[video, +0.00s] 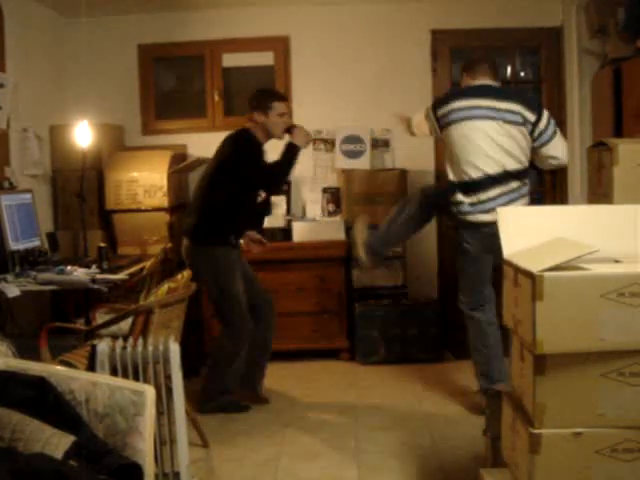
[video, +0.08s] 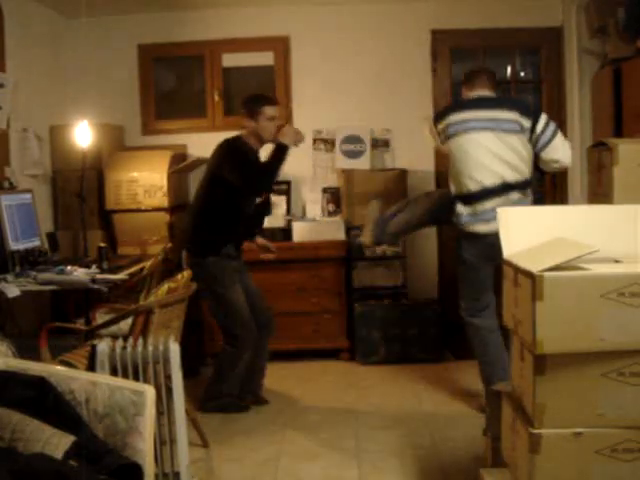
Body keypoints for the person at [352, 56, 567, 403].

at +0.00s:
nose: (463, 85)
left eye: (463, 79)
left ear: (463, 79)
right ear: (497, 78)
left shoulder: (449, 104)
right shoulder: (525, 105)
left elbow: (418, 128)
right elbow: (558, 156)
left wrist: (406, 120)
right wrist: (522, 150)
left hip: (475, 221)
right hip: (518, 215)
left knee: (478, 305)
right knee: (428, 197)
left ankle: (495, 389)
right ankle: (374, 248)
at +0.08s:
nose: (463, 97)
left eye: (462, 91)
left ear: (464, 90)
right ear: (496, 87)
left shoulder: (449, 117)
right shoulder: (525, 112)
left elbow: (443, 154)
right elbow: (562, 158)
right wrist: (528, 151)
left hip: (480, 230)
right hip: (524, 226)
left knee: (479, 310)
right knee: (443, 200)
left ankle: (499, 393)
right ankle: (381, 232)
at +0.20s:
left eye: (465, 100)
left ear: (466, 98)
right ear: (502, 98)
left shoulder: (444, 125)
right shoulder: (517, 121)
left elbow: (446, 167)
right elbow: (557, 166)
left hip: (467, 239)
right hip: (513, 233)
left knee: (471, 313)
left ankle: (498, 387)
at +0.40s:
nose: (502, 90)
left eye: (503, 86)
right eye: (504, 86)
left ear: (471, 72)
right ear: (499, 79)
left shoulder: (441, 102)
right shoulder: (496, 105)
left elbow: (443, 150)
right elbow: (529, 153)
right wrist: (508, 146)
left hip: (460, 216)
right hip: (499, 212)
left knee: (476, 298)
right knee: (514, 292)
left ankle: (491, 381)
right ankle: (523, 369)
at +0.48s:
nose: (496, 104)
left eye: (498, 100)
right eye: (498, 99)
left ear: (471, 86)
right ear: (490, 92)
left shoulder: (441, 115)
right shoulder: (479, 118)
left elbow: (477, 120)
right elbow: (501, 152)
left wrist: (515, 100)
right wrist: (521, 156)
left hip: (456, 226)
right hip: (490, 220)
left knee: (478, 306)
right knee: (523, 294)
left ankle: (476, 392)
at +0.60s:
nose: (506, 108)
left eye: (508, 103)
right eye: (505, 101)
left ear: (486, 94)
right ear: (489, 92)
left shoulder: (470, 115)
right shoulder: (459, 112)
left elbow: (513, 116)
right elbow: (457, 147)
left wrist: (553, 98)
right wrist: (503, 155)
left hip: (455, 217)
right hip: (468, 212)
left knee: (474, 304)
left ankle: (477, 394)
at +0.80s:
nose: (502, 104)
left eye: (506, 98)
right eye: (498, 96)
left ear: (503, 95)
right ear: (475, 88)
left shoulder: (492, 122)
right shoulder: (442, 109)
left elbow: (528, 134)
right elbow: (415, 140)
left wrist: (557, 127)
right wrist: (467, 152)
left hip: (467, 204)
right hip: (442, 203)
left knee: (459, 290)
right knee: (529, 214)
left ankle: (437, 383)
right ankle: (483, 268)